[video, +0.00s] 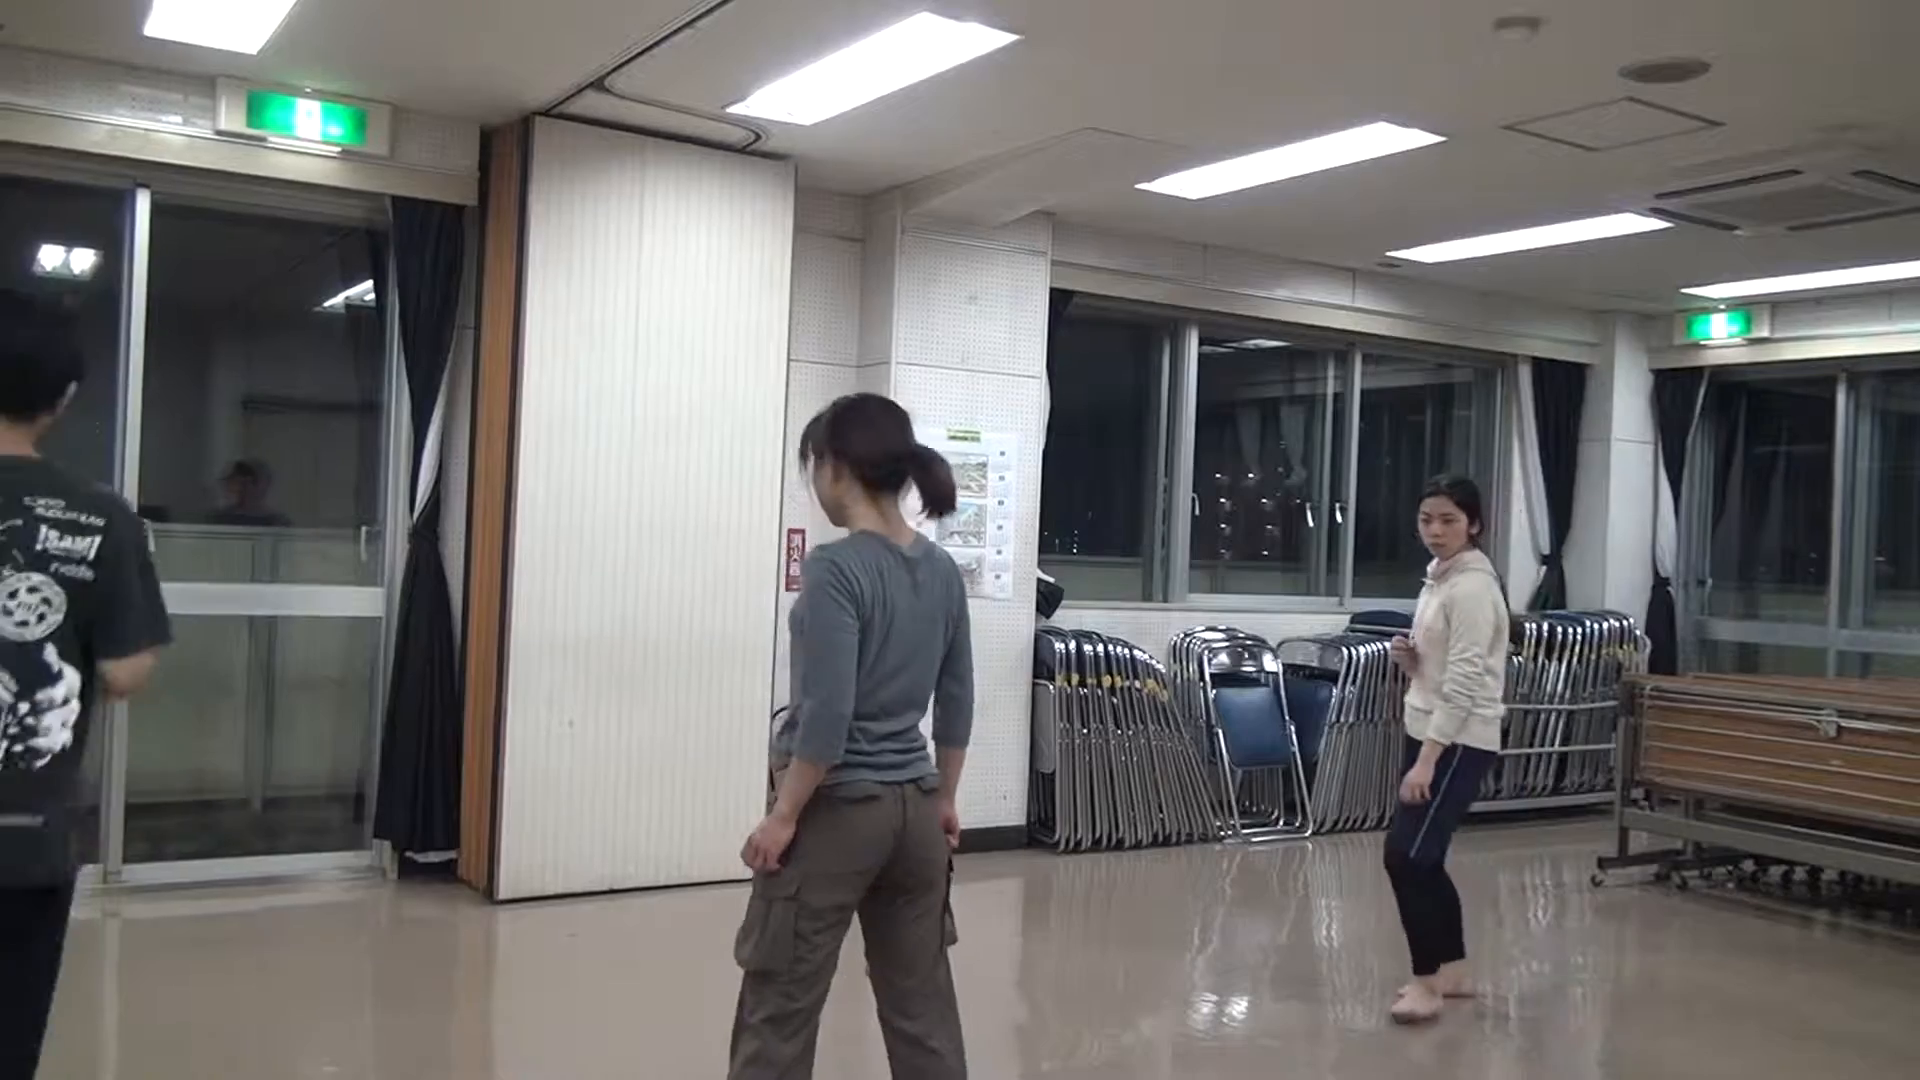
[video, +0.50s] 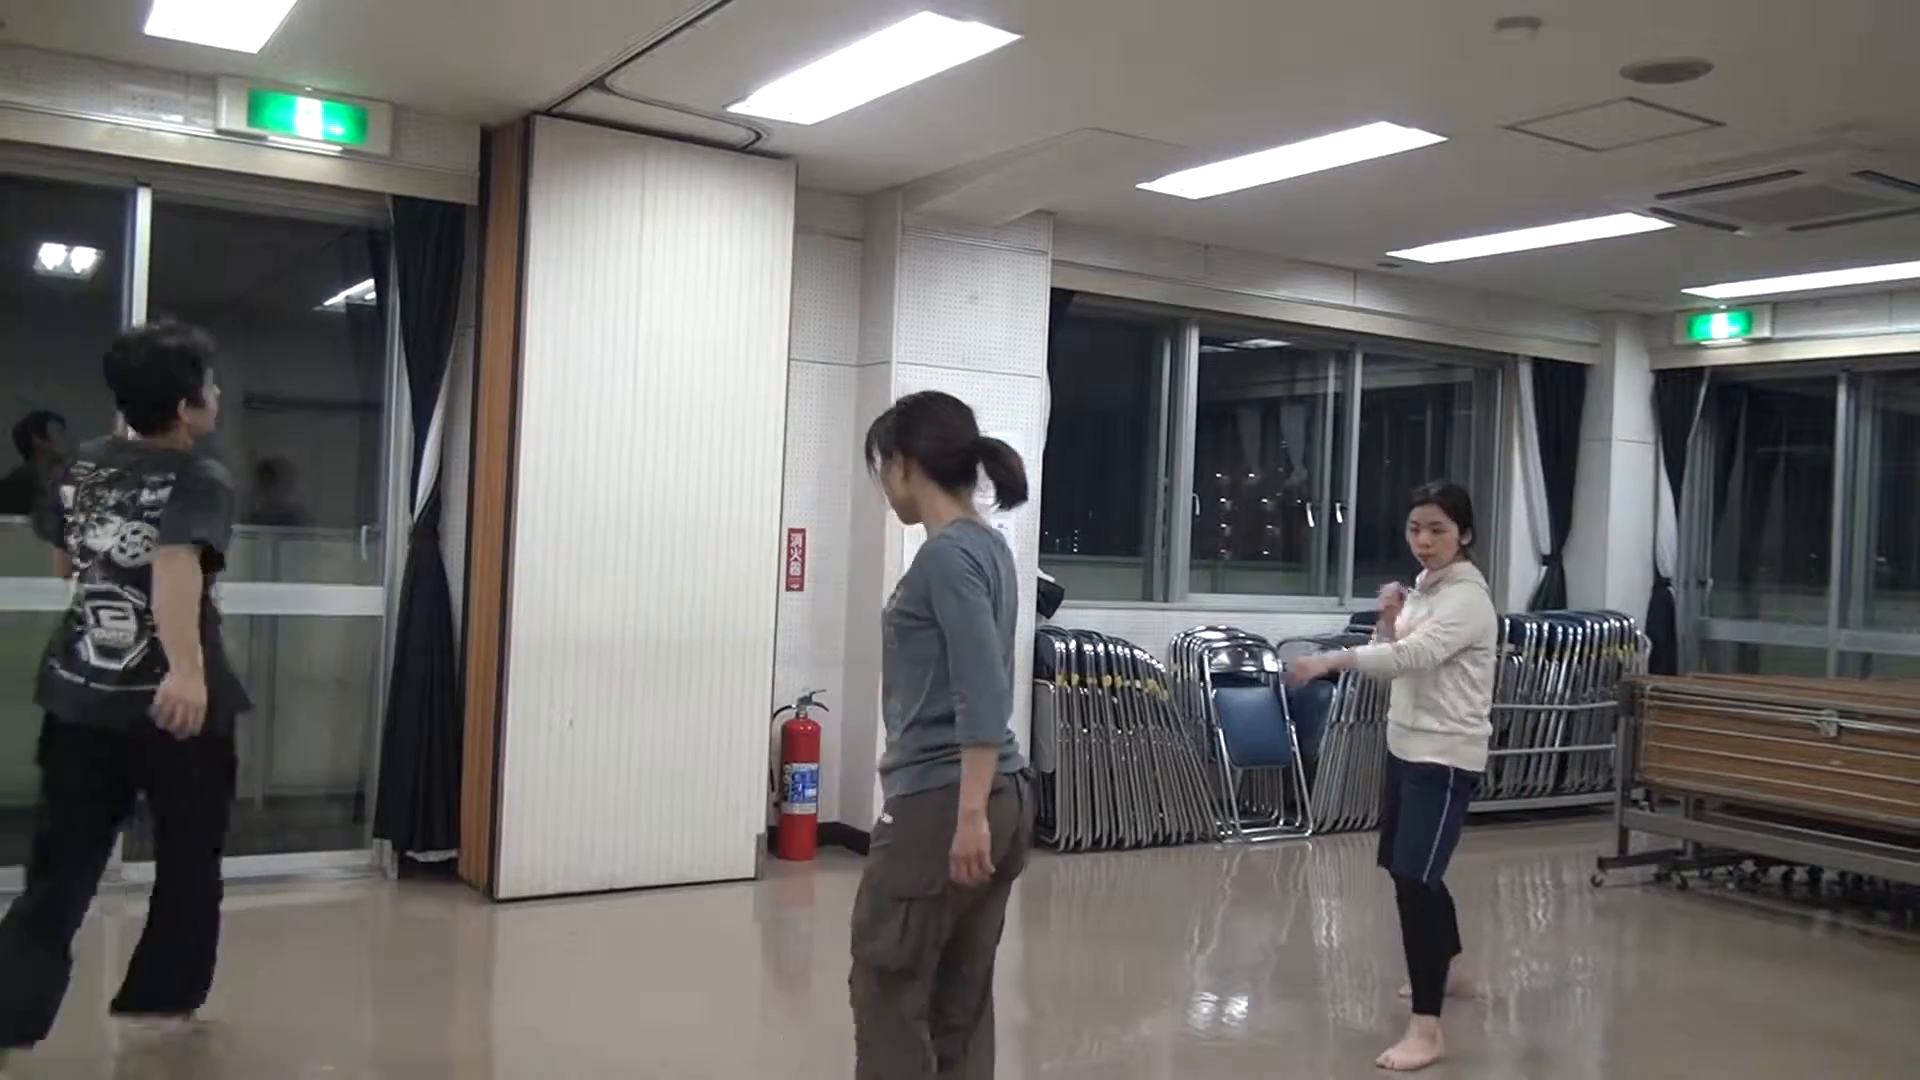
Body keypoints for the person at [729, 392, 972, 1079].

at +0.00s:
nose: (813, 481)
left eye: (814, 464)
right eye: (812, 465)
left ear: (837, 468)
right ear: (893, 468)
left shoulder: (834, 567)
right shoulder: (941, 567)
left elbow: (828, 711)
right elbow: (955, 692)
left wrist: (783, 815)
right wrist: (946, 793)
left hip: (834, 818)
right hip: (919, 815)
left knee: (778, 1018)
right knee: (922, 1015)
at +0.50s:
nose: (882, 486)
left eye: (881, 469)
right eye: (879, 470)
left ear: (906, 464)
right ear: (961, 462)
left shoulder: (948, 555)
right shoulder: (989, 548)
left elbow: (982, 691)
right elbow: (981, 689)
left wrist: (972, 812)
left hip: (939, 805)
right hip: (992, 799)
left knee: (885, 990)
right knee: (961, 1002)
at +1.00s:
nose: (908, 487)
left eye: (907, 469)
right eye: (906, 471)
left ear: (927, 464)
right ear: (988, 464)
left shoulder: (948, 559)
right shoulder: (1024, 558)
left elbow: (937, 709)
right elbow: (1025, 694)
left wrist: (887, 812)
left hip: (955, 814)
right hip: (1017, 810)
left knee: (924, 1008)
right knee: (977, 1003)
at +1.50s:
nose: (994, 471)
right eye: (993, 458)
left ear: (906, 467)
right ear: (990, 463)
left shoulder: (865, 556)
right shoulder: (1030, 569)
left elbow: (815, 694)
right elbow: (1056, 713)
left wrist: (803, 805)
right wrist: (1069, 834)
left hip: (903, 829)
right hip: (1013, 829)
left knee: (898, 1031)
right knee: (995, 1033)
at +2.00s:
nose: (939, 471)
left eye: (939, 460)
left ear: (939, 469)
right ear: (1027, 468)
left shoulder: (905, 565)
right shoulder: (1068, 569)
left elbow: (854, 697)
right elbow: (1095, 707)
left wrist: (829, 802)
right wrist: (1107, 827)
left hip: (937, 828)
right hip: (1051, 827)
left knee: (920, 1027)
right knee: (1074, 1025)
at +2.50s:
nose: (1043, 479)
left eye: (1047, 463)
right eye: (1045, 463)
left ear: (1071, 467)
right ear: (1131, 470)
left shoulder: (1026, 564)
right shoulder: (1181, 574)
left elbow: (993, 699)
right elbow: (1204, 706)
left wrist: (960, 818)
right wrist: (1207, 820)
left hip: (1041, 818)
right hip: (1151, 823)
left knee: (967, 1007)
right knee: (1132, 1027)